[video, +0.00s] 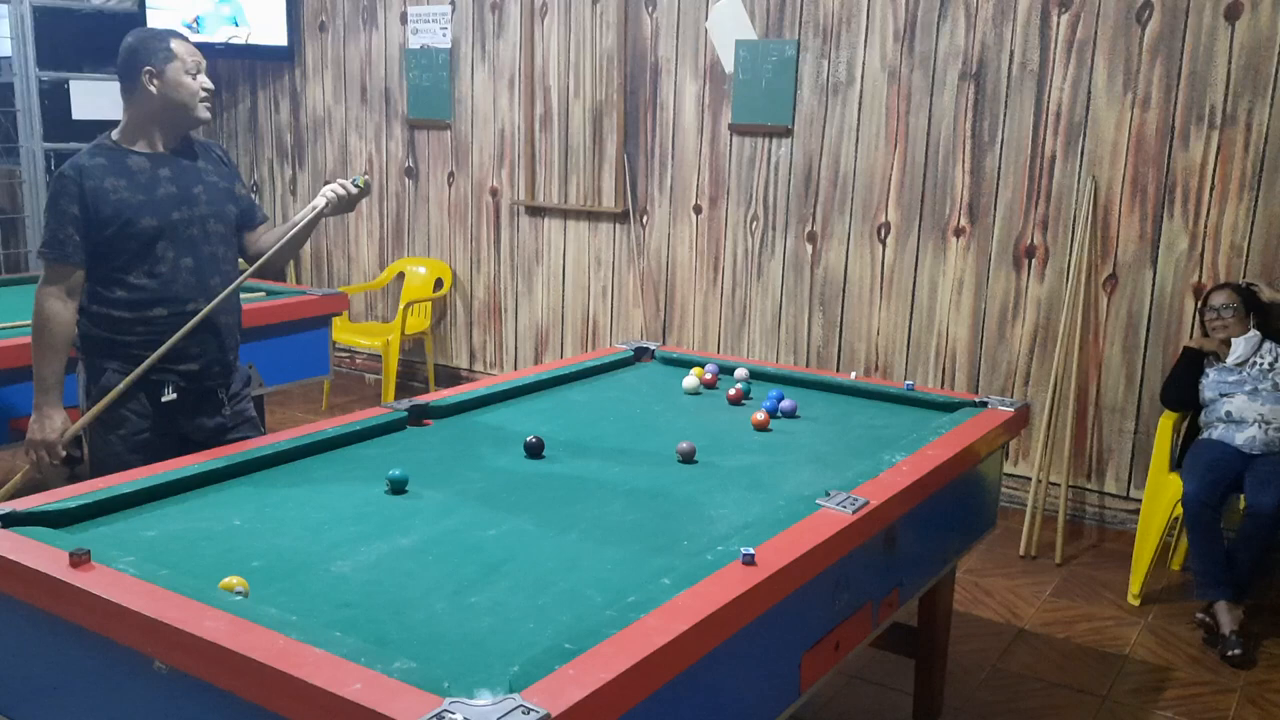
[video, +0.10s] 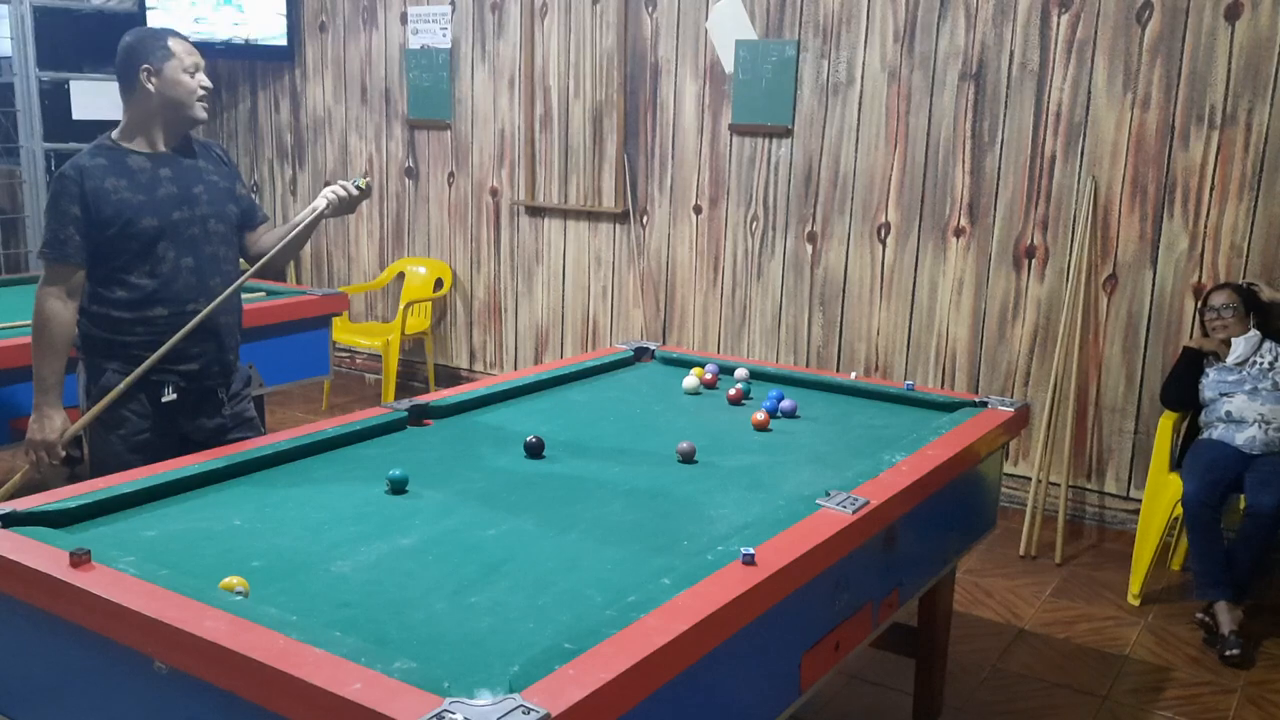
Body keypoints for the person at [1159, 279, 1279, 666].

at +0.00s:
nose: (1221, 316)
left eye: (1230, 309)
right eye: (1212, 310)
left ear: (1249, 316)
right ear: (1203, 318)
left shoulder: (1270, 351)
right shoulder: (1201, 358)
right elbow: (1172, 400)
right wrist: (1195, 348)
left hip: (1270, 446)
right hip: (1220, 440)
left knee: (1266, 509)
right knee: (1196, 496)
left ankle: (1221, 603)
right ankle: (1225, 609)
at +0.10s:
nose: (1221, 316)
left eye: (1230, 309)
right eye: (1212, 310)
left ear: (1248, 316)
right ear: (1204, 319)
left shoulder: (1270, 351)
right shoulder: (1202, 358)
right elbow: (1171, 399)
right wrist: (1197, 348)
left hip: (1270, 446)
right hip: (1220, 439)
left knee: (1266, 510)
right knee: (1196, 496)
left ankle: (1220, 604)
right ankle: (1225, 610)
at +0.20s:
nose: (1221, 316)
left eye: (1231, 309)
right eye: (1212, 311)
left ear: (1250, 316)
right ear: (1204, 319)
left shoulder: (1270, 351)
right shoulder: (1204, 359)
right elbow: (1172, 400)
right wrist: (1197, 348)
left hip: (1270, 447)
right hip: (1220, 441)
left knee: (1267, 510)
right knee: (1197, 499)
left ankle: (1221, 604)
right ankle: (1226, 611)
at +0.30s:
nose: (1221, 315)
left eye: (1230, 307)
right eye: (1212, 309)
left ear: (1249, 314)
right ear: (1204, 318)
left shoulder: (1270, 350)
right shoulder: (1203, 358)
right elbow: (1172, 400)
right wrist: (1196, 347)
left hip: (1270, 445)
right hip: (1220, 439)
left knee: (1267, 509)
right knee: (1196, 496)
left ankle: (1221, 603)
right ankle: (1225, 610)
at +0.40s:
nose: (1218, 314)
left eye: (1228, 306)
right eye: (1210, 310)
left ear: (1251, 314)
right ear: (1204, 319)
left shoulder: (1273, 348)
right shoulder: (1203, 358)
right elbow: (1172, 399)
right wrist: (1196, 348)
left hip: (1272, 444)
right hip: (1220, 439)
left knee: (1268, 508)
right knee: (1196, 496)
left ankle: (1221, 603)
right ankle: (1225, 610)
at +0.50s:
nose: (1218, 314)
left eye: (1228, 306)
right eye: (1210, 310)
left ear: (1251, 315)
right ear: (1204, 320)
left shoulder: (1271, 349)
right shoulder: (1204, 359)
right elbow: (1172, 399)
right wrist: (1197, 348)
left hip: (1270, 446)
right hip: (1220, 440)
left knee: (1267, 511)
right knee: (1197, 497)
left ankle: (1221, 604)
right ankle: (1226, 611)